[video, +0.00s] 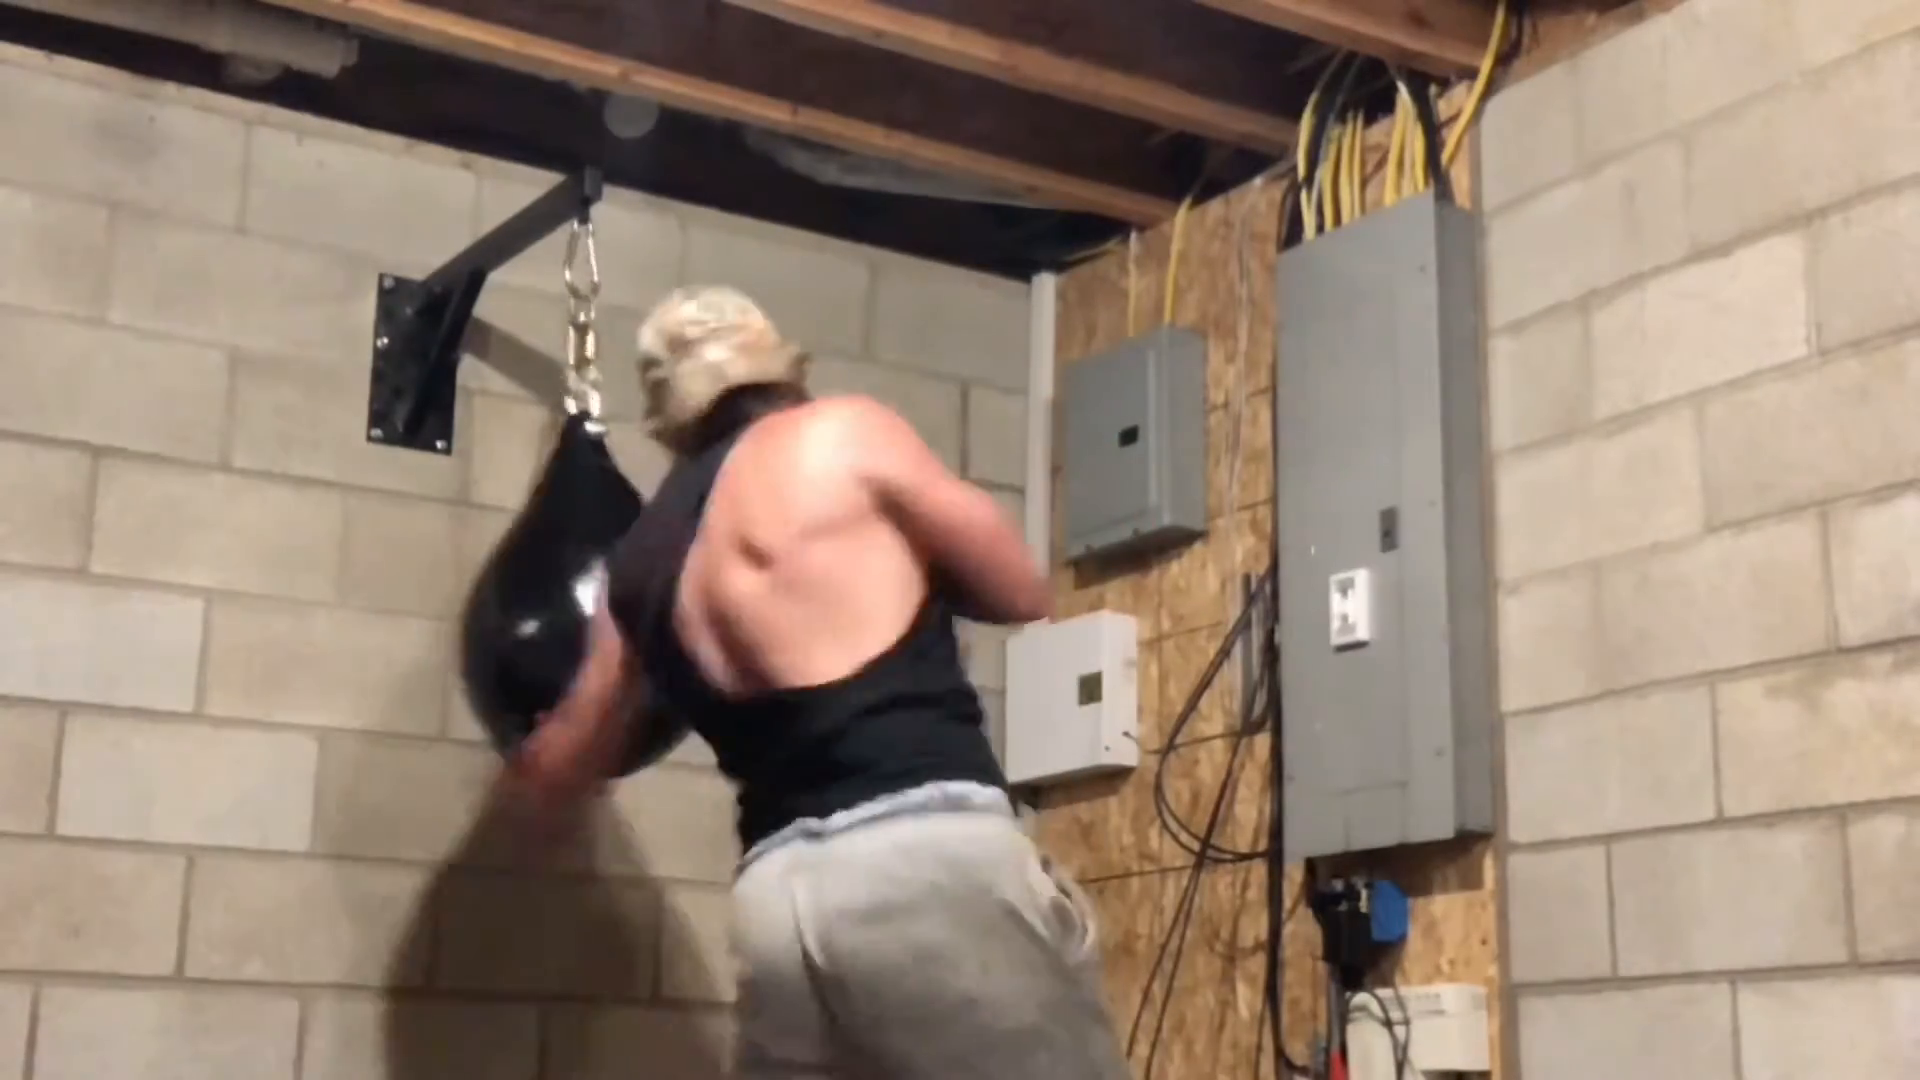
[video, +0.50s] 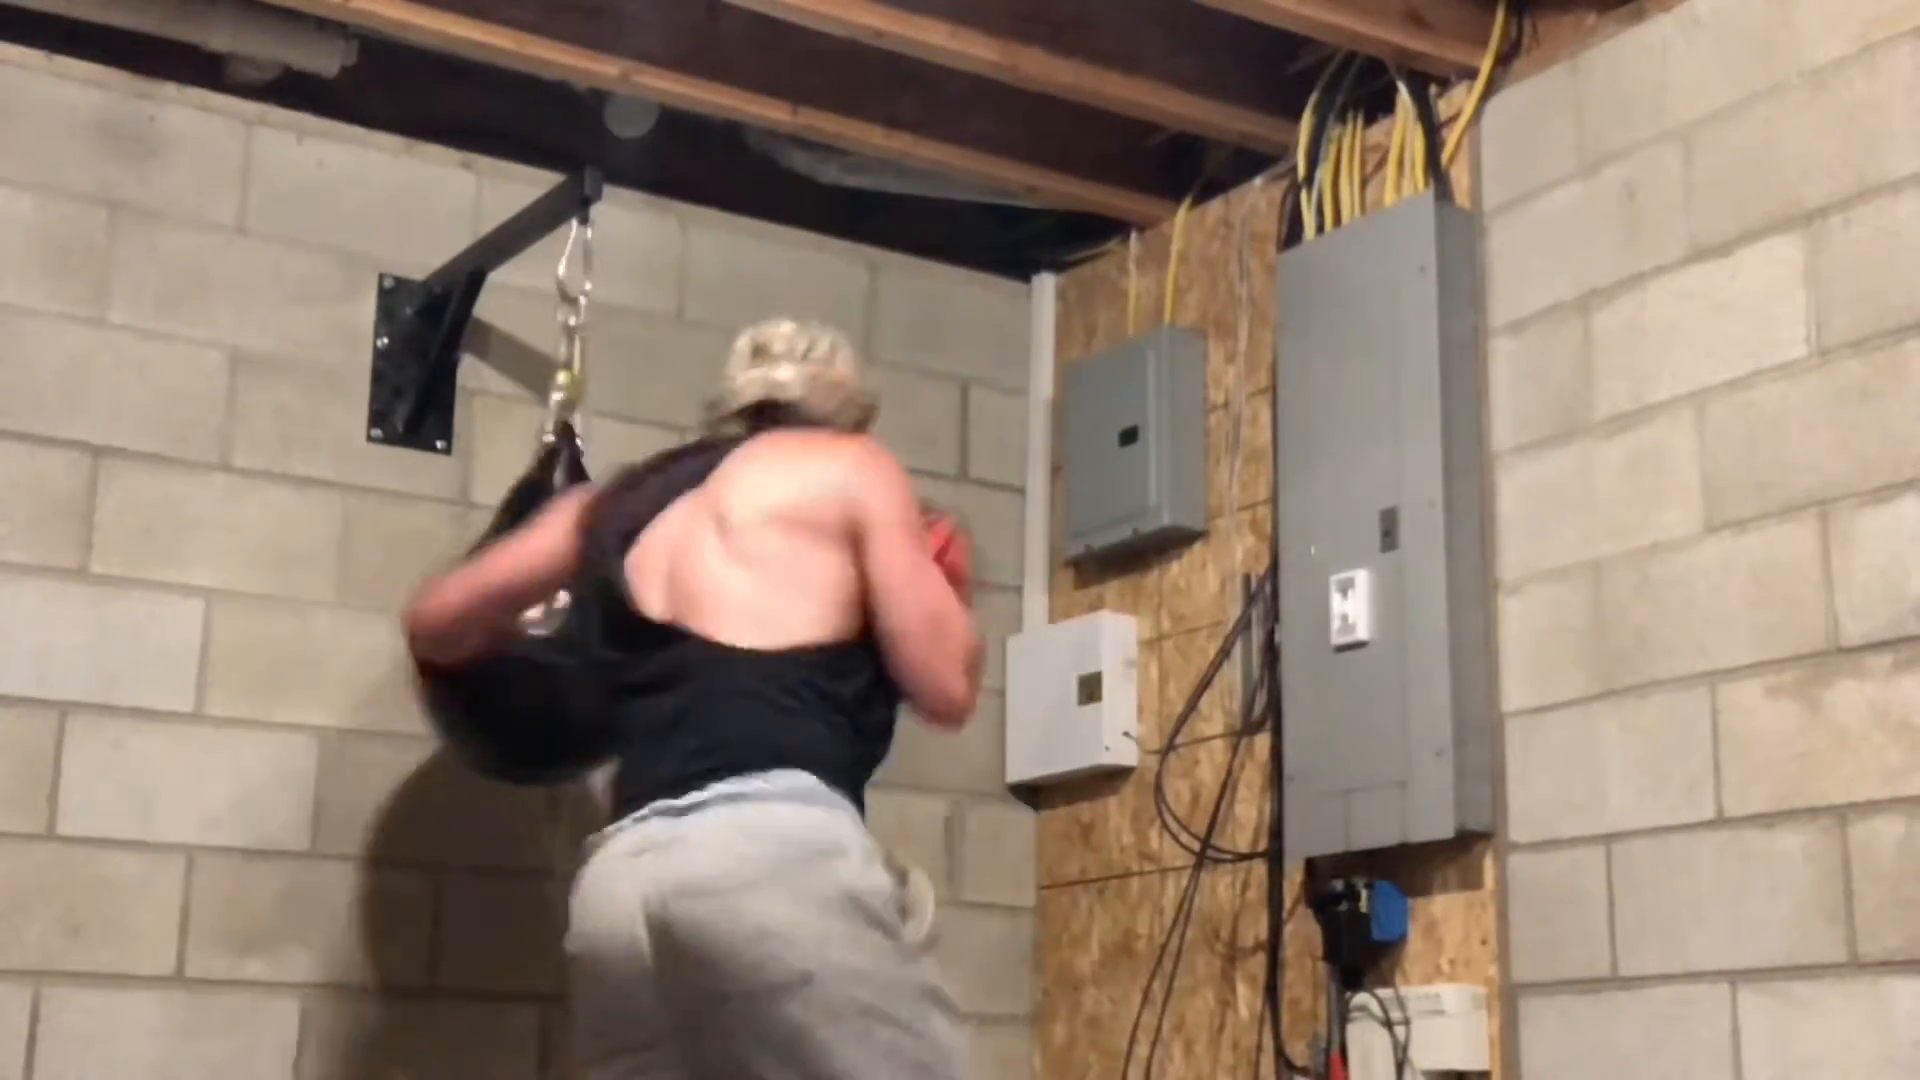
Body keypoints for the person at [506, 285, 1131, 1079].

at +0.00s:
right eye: (779, 350)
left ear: (663, 417)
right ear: (779, 362)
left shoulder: (646, 559)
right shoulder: (849, 430)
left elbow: (564, 762)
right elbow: (1021, 589)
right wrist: (900, 547)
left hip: (774, 899)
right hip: (939, 861)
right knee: (1064, 1067)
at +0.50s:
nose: (866, 423)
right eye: (860, 413)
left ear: (728, 405)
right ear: (847, 406)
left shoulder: (621, 501)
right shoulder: (854, 465)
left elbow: (435, 619)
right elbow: (947, 691)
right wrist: (947, 586)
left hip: (615, 879)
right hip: (778, 858)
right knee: (910, 1064)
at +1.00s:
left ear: (741, 380)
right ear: (871, 380)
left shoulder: (645, 480)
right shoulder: (941, 475)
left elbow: (540, 685)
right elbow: (1002, 723)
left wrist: (671, 680)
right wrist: (893, 648)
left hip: (686, 904)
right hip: (875, 895)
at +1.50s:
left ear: (904, 321)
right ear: (1038, 330)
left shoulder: (803, 398)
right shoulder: (1121, 438)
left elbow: (693, 604)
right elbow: (1152, 711)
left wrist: (812, 600)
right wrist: (1027, 636)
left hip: (834, 860)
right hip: (1034, 862)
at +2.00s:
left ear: (854, 339)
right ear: (991, 342)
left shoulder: (778, 412)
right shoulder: (1096, 448)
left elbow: (674, 625)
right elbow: (1119, 711)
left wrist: (798, 578)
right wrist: (1003, 630)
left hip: (802, 868)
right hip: (1003, 872)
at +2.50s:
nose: (586, 522)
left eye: (589, 509)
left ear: (601, 488)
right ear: (696, 469)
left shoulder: (633, 513)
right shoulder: (840, 567)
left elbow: (587, 713)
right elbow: (889, 710)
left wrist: (500, 708)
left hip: (763, 930)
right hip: (936, 946)